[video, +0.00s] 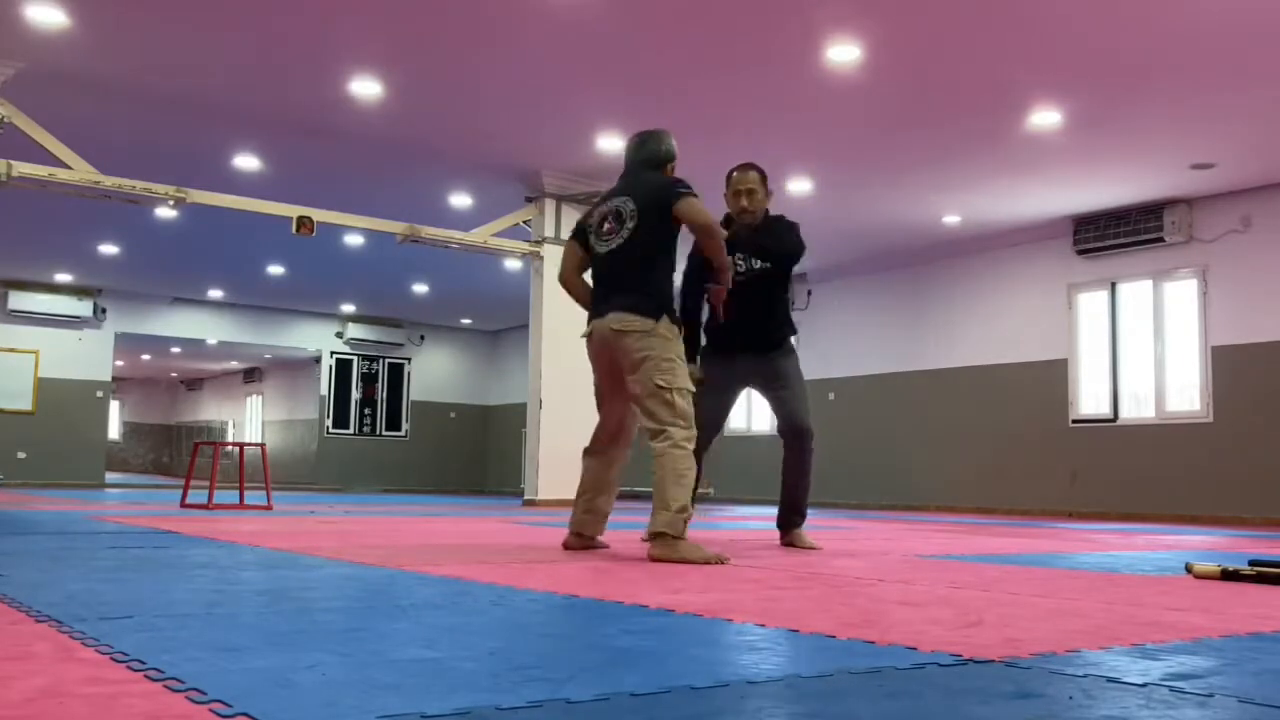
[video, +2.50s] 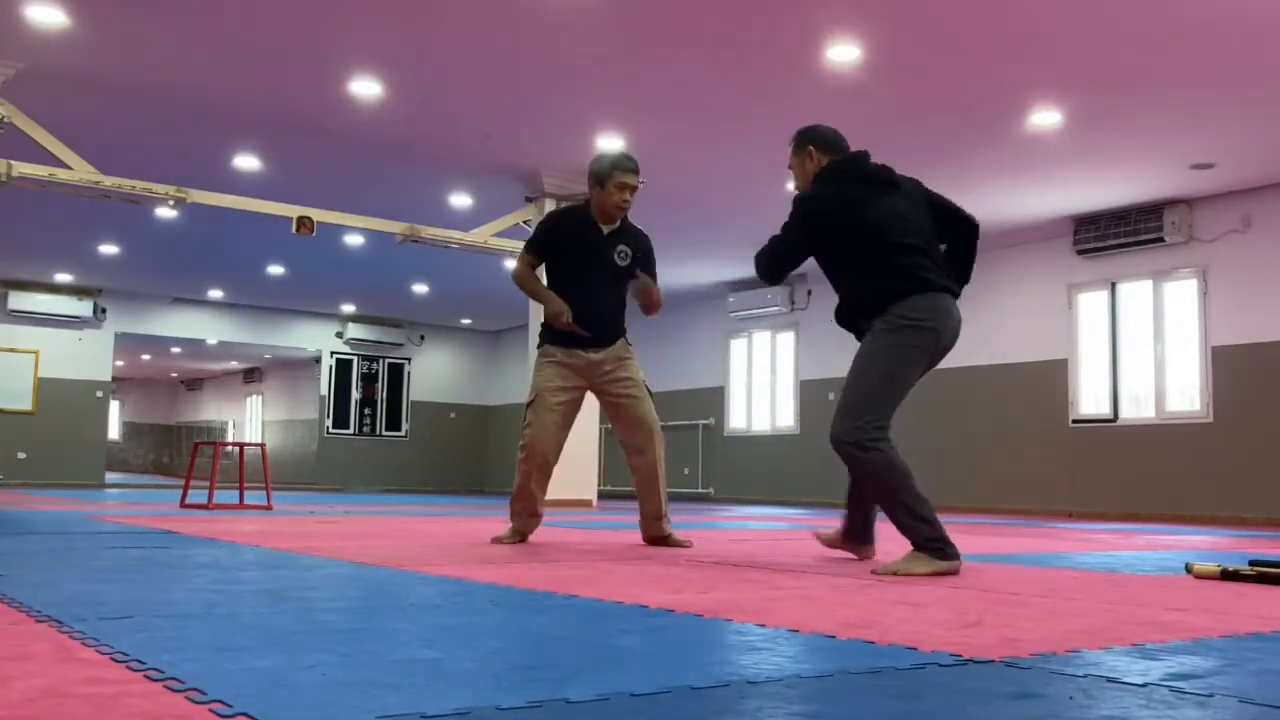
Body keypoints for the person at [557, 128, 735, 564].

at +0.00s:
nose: (677, 170)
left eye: (676, 164)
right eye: (676, 164)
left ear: (629, 163)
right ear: (668, 165)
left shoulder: (598, 208)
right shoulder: (667, 187)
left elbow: (568, 275)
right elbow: (704, 223)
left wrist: (602, 311)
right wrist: (722, 275)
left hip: (600, 327)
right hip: (646, 325)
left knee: (613, 427)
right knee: (674, 429)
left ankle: (583, 530)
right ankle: (668, 537)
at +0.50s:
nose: (706, 177)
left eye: (702, 171)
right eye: (705, 171)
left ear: (660, 166)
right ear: (700, 169)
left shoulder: (632, 206)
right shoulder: (692, 184)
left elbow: (610, 281)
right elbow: (702, 232)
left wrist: (655, 300)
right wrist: (723, 310)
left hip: (623, 332)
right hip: (672, 331)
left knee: (620, 427)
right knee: (705, 434)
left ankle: (590, 524)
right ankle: (689, 539)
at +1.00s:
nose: (768, 170)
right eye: (768, 164)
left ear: (718, 159)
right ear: (762, 163)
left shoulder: (680, 200)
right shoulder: (761, 192)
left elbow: (647, 263)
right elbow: (797, 271)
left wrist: (680, 295)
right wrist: (810, 318)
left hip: (666, 325)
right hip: (715, 325)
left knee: (660, 429)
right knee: (760, 431)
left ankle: (614, 523)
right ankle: (770, 540)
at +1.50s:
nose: (763, 238)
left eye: (766, 229)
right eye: (764, 227)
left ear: (739, 217)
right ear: (750, 218)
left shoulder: (711, 262)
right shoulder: (709, 220)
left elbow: (735, 331)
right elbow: (673, 207)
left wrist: (787, 365)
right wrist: (723, 257)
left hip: (637, 353)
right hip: (645, 352)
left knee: (665, 446)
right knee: (699, 439)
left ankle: (653, 537)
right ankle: (650, 540)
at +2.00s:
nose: (627, 195)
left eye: (631, 188)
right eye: (619, 187)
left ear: (632, 192)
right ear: (592, 188)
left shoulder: (635, 244)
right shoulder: (558, 233)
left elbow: (661, 305)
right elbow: (522, 283)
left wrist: (665, 267)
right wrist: (551, 316)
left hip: (618, 361)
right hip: (565, 363)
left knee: (666, 430)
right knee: (545, 449)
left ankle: (658, 518)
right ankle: (521, 528)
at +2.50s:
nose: (628, 198)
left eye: (633, 191)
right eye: (620, 189)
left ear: (636, 193)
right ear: (596, 186)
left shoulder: (637, 241)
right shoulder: (559, 223)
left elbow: (650, 304)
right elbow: (521, 272)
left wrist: (647, 294)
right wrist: (549, 299)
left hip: (614, 355)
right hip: (560, 356)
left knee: (646, 432)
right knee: (538, 441)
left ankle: (655, 528)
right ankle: (521, 526)